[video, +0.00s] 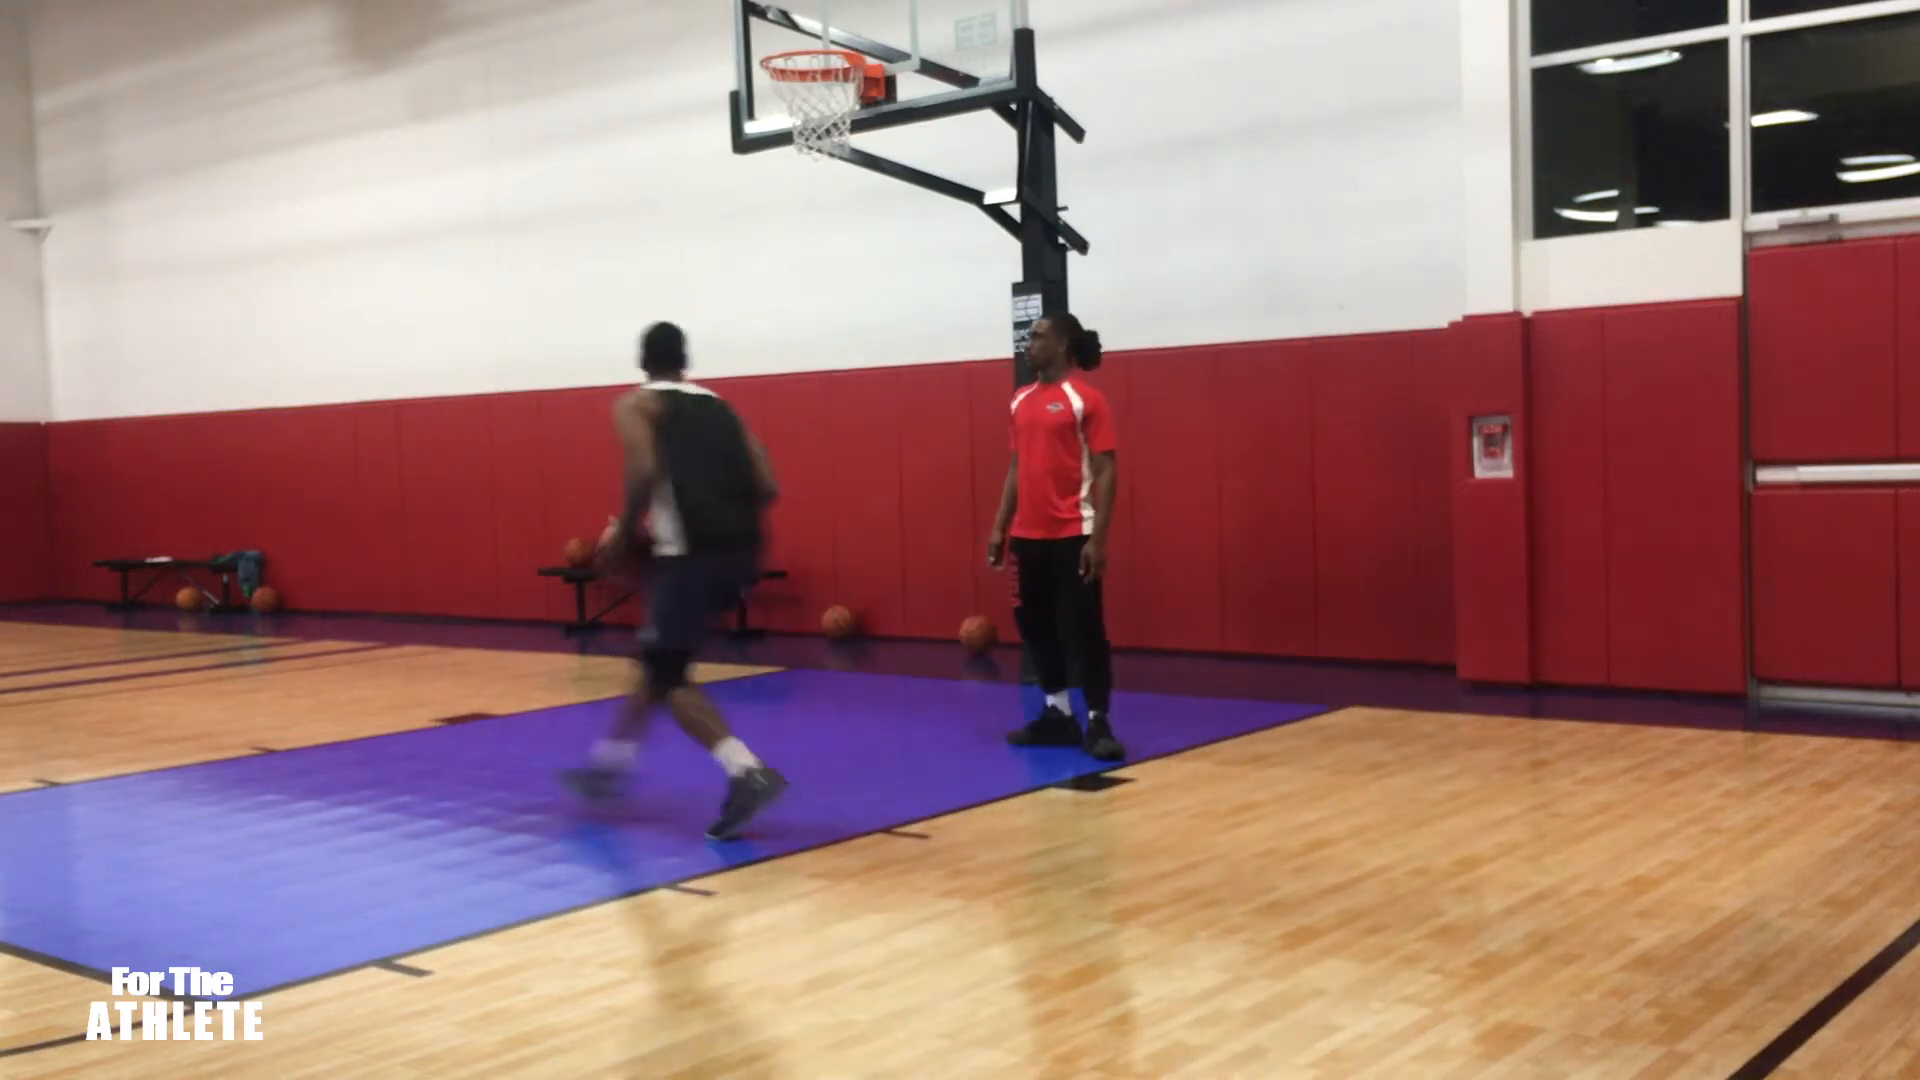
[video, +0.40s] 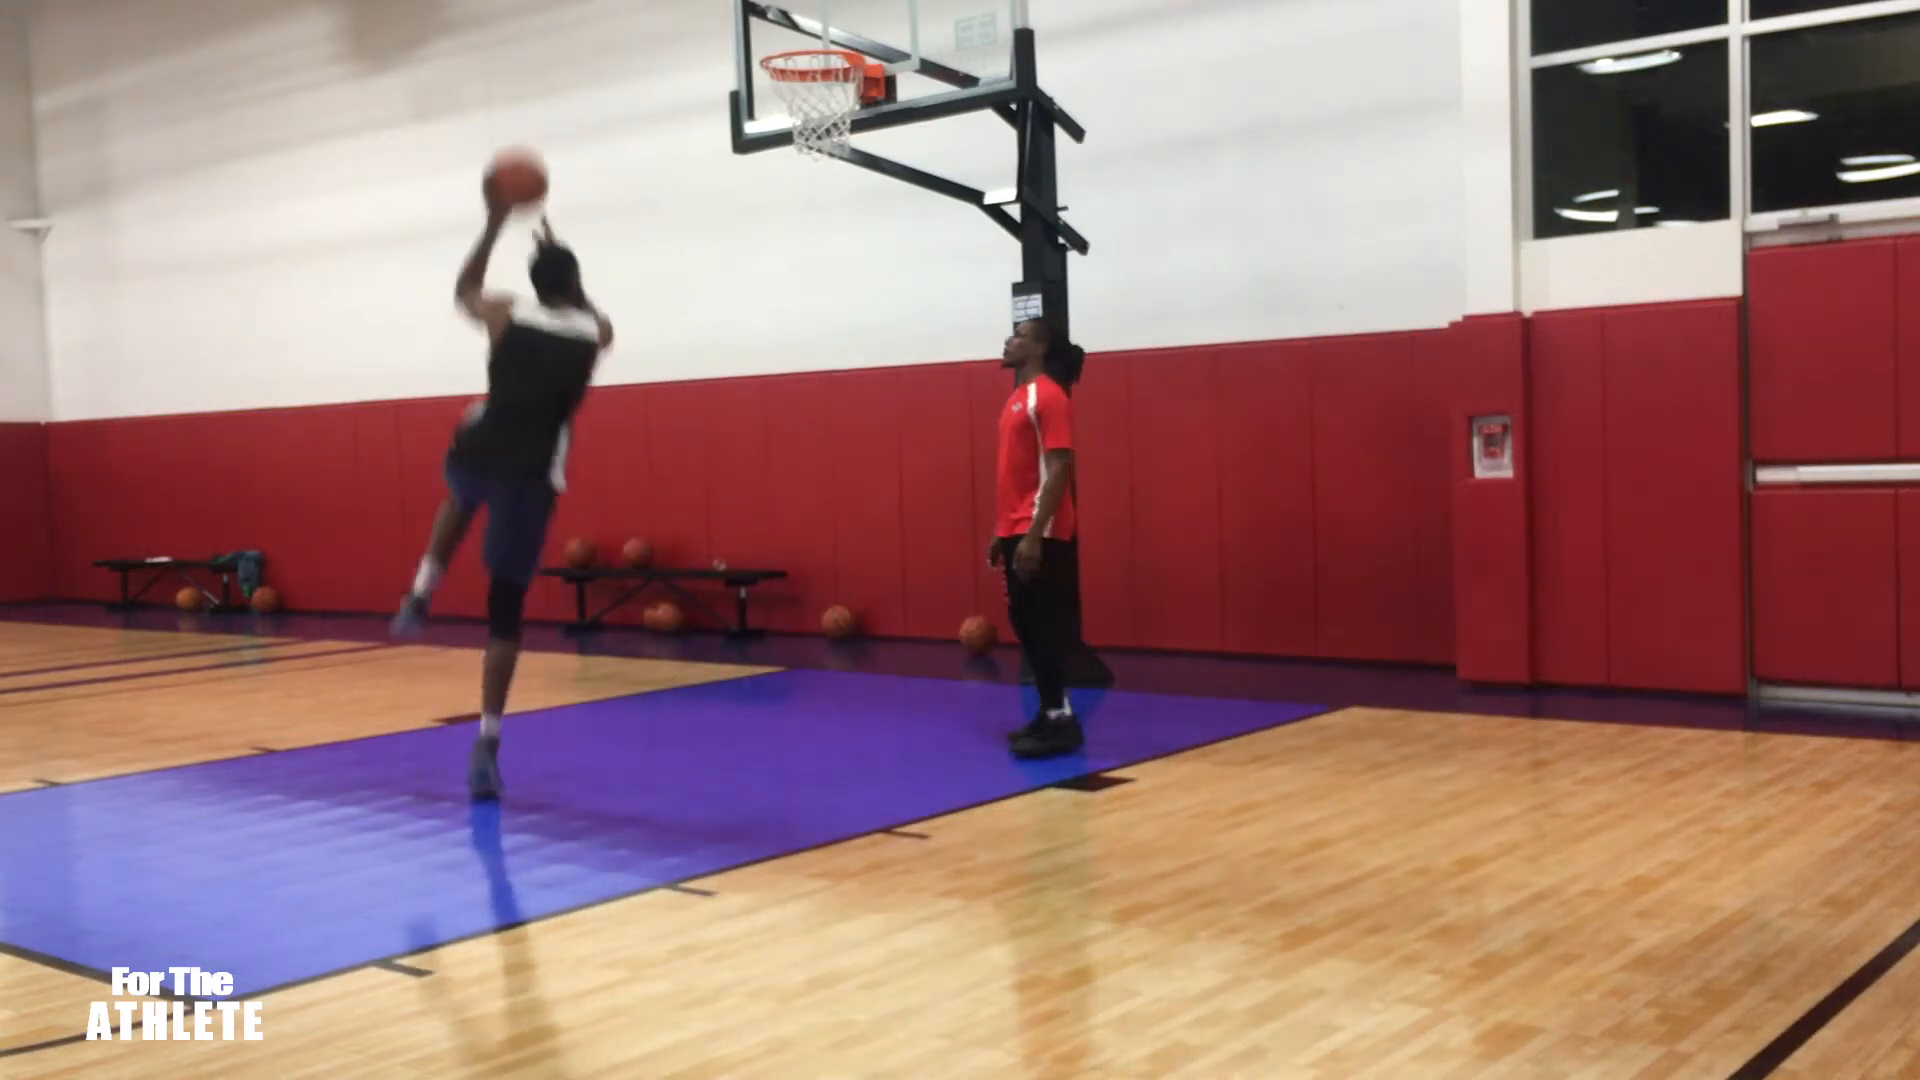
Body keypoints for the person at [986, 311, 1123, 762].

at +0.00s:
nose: (1029, 344)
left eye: (1039, 337)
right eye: (1030, 336)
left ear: (1063, 345)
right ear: (1036, 344)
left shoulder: (1087, 397)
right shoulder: (1021, 401)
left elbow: (1105, 469)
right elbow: (1016, 467)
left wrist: (1098, 538)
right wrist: (999, 529)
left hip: (1072, 537)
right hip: (1030, 537)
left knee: (1084, 626)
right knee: (1037, 623)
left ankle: (1097, 720)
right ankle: (1056, 713)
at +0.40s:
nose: (1009, 341)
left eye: (1019, 336)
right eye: (1012, 334)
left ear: (1040, 349)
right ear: (1027, 348)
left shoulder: (1047, 395)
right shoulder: (1018, 397)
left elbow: (1057, 468)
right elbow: (1017, 473)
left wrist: (1036, 533)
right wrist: (1002, 531)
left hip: (1045, 534)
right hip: (1022, 534)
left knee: (1043, 623)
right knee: (1030, 623)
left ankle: (1059, 716)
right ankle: (1050, 712)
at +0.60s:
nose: (998, 340)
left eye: (1008, 335)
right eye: (1002, 334)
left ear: (1026, 349)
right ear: (1015, 349)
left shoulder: (1029, 392)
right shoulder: (1014, 393)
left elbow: (1036, 464)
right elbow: (1019, 464)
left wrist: (1010, 531)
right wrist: (1002, 523)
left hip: (1028, 527)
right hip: (1027, 526)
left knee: (1001, 618)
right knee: (1034, 617)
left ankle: (1002, 715)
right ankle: (1059, 712)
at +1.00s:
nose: (962, 340)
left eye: (971, 337)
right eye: (968, 335)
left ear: (984, 353)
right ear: (987, 357)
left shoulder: (978, 396)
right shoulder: (982, 395)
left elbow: (981, 471)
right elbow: (987, 470)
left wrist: (963, 538)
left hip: (981, 531)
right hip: (996, 530)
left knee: (967, 624)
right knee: (1002, 620)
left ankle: (957, 717)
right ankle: (1053, 707)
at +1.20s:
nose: (939, 339)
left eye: (947, 337)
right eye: (945, 335)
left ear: (957, 353)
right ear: (966, 356)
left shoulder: (954, 396)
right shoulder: (964, 395)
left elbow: (950, 471)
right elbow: (962, 469)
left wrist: (924, 539)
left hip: (962, 523)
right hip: (967, 521)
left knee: (951, 614)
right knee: (949, 612)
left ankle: (957, 718)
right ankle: (1015, 680)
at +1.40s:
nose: (918, 345)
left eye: (925, 340)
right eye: (922, 339)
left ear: (937, 353)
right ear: (946, 357)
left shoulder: (931, 396)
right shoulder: (946, 396)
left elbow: (924, 466)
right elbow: (938, 464)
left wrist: (885, 532)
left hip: (941, 520)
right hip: (951, 518)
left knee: (922, 606)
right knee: (941, 610)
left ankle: (955, 713)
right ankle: (955, 708)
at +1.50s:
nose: (908, 347)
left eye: (915, 342)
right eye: (912, 340)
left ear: (925, 354)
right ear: (935, 359)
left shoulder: (920, 397)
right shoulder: (936, 398)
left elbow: (911, 467)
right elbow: (931, 469)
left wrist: (872, 534)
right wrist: (888, 485)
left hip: (935, 520)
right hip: (933, 518)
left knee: (936, 614)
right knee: (913, 608)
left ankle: (956, 717)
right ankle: (919, 701)